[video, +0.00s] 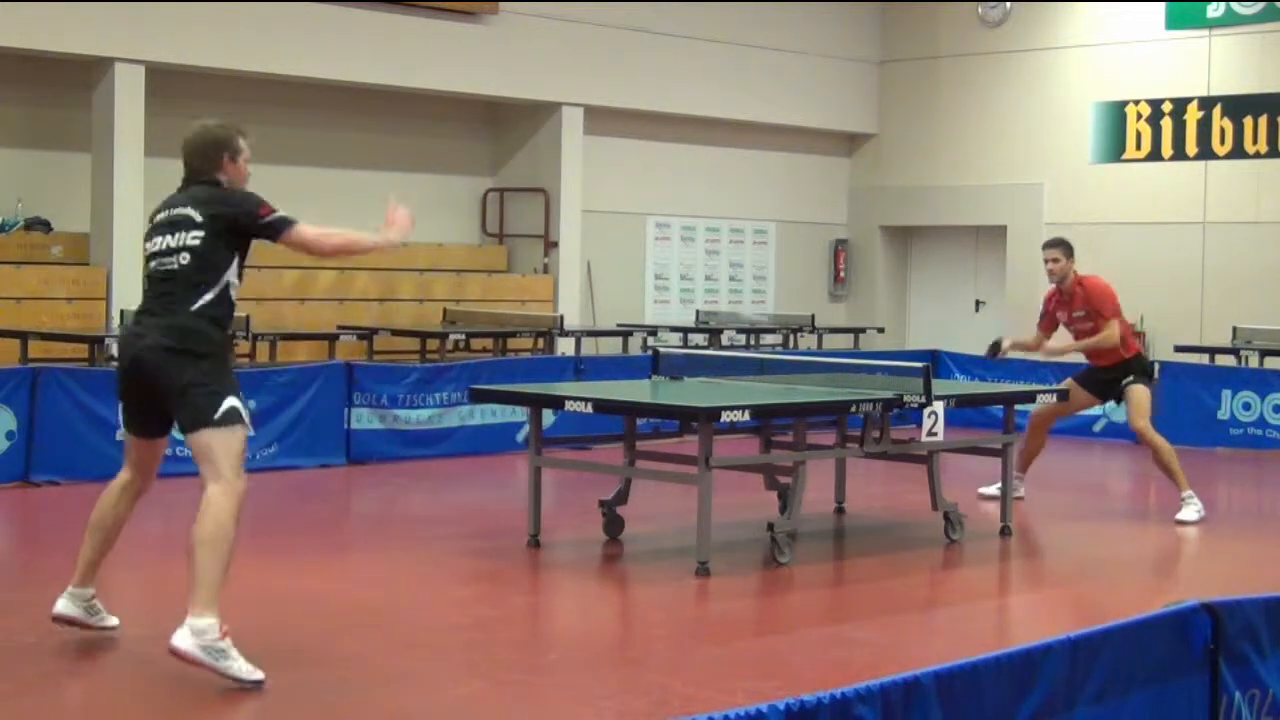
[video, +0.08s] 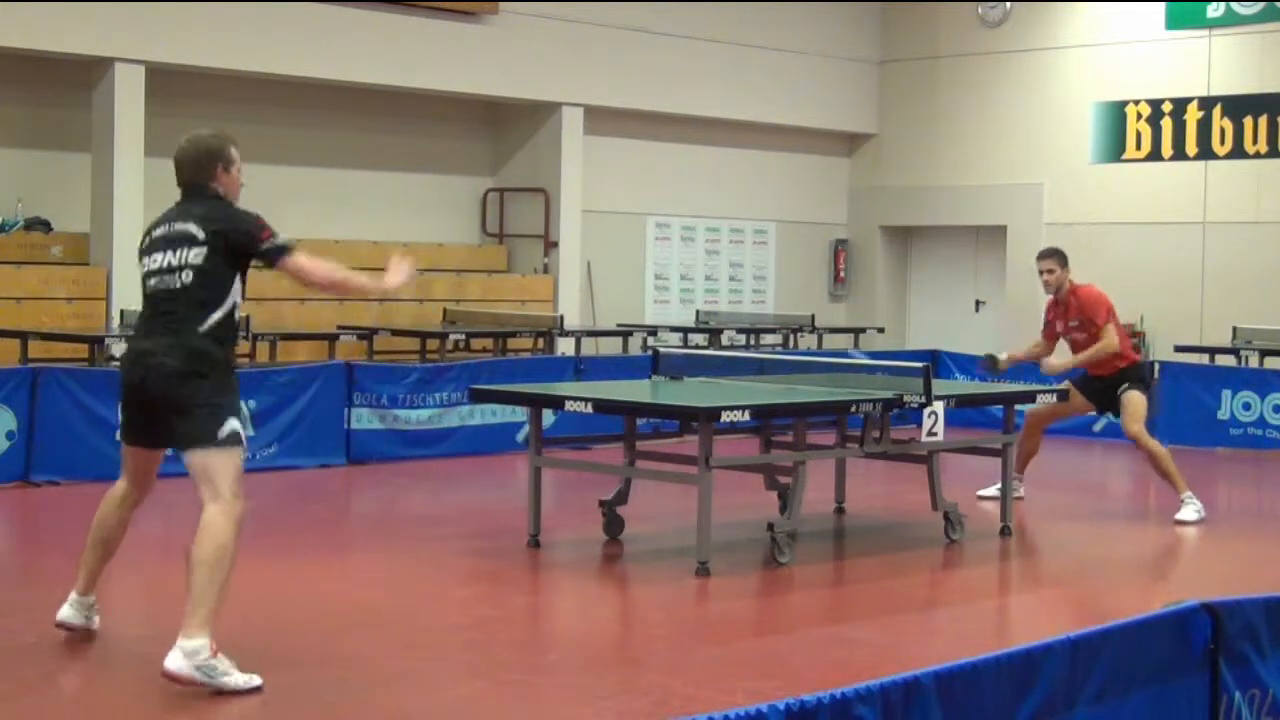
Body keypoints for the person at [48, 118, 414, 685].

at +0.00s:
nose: (248, 169)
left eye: (246, 160)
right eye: (244, 160)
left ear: (195, 167)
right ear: (226, 165)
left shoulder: (162, 212)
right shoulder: (232, 203)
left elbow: (165, 281)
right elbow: (320, 243)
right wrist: (384, 238)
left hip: (138, 349)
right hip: (192, 352)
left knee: (133, 475)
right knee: (225, 480)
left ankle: (78, 592)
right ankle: (202, 626)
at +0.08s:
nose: (241, 177)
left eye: (239, 168)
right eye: (238, 169)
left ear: (187, 178)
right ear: (221, 174)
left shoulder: (157, 228)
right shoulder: (231, 221)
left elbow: (164, 301)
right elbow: (315, 274)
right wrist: (383, 283)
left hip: (140, 367)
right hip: (197, 372)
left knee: (131, 485)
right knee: (223, 501)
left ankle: (79, 600)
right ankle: (194, 646)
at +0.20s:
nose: (238, 198)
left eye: (234, 190)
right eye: (233, 191)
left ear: (185, 202)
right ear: (218, 199)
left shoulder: (152, 249)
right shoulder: (223, 255)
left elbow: (125, 310)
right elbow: (288, 318)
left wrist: (187, 316)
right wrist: (355, 348)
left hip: (129, 394)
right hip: (189, 398)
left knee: (126, 496)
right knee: (217, 515)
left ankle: (70, 612)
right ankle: (192, 653)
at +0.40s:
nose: (234, 186)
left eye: (232, 177)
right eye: (231, 178)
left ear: (182, 187)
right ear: (216, 185)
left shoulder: (142, 223)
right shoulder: (218, 233)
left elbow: (98, 302)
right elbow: (254, 321)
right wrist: (295, 375)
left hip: (91, 354)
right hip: (143, 364)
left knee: (106, 455)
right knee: (226, 469)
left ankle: (60, 571)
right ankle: (193, 608)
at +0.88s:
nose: (191, 204)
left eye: (188, 196)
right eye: (186, 197)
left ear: (137, 208)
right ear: (172, 206)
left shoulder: (101, 254)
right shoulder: (184, 257)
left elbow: (68, 340)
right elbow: (240, 331)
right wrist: (263, 311)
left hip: (71, 388)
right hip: (124, 393)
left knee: (92, 482)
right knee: (220, 487)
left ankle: (48, 593)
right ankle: (185, 620)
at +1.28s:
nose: (143, 146)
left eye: (136, 140)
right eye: (134, 143)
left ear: (104, 168)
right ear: (119, 163)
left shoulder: (74, 218)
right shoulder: (130, 223)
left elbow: (87, 304)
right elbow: (188, 303)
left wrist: (131, 362)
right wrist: (219, 282)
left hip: (61, 372)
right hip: (99, 376)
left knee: (109, 486)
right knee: (174, 484)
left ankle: (24, 581)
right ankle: (182, 624)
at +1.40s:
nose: (113, 143)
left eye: (105, 135)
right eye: (103, 138)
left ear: (76, 167)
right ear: (87, 160)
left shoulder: (59, 217)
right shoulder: (82, 216)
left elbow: (67, 312)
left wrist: (123, 353)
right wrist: (168, 309)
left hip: (50, 378)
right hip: (71, 380)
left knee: (80, 501)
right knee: (137, 489)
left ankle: (1, 609)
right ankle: (175, 625)